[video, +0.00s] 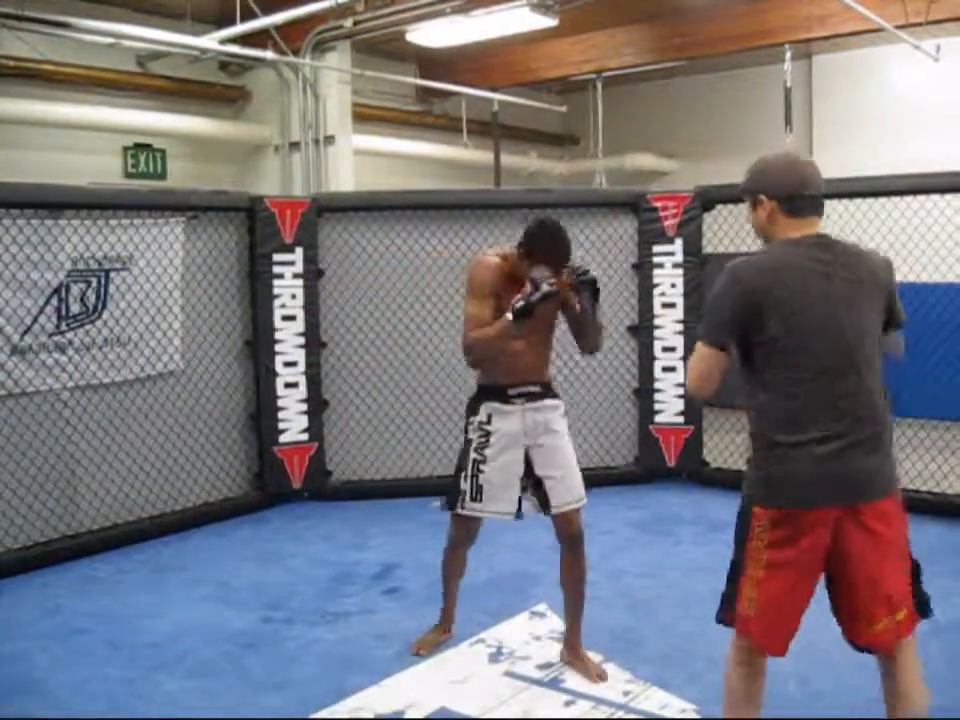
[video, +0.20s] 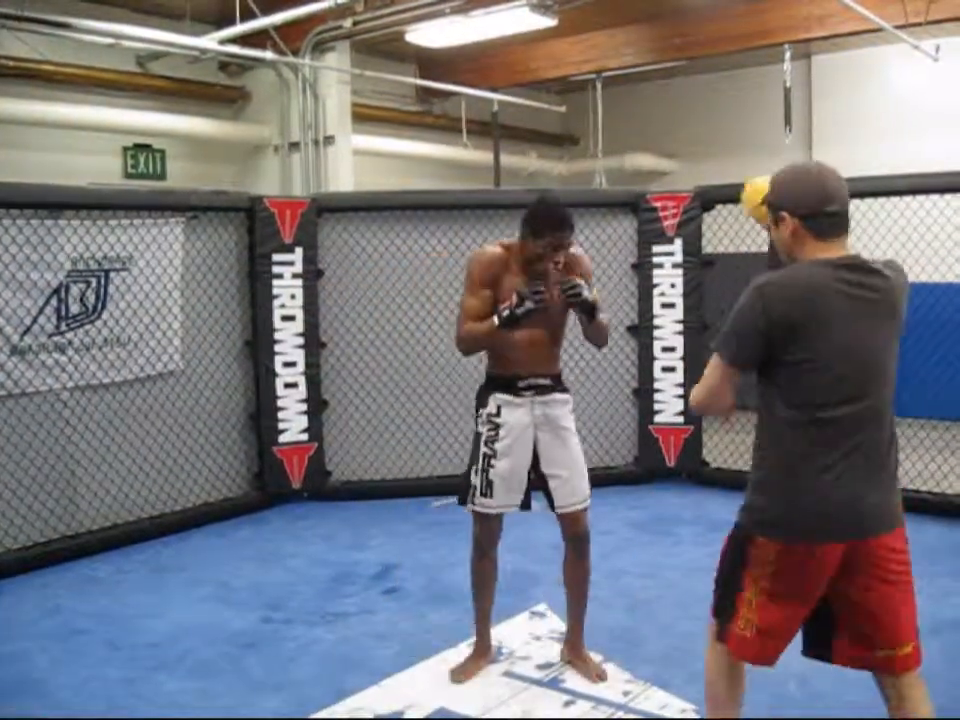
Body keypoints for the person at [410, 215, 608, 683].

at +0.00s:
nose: (548, 279)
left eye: (554, 272)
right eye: (542, 270)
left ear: (560, 266)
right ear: (523, 256)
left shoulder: (559, 276)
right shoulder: (487, 270)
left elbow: (590, 344)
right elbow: (473, 349)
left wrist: (585, 307)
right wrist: (518, 312)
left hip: (545, 408)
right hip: (493, 411)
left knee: (572, 531)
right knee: (462, 530)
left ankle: (573, 644)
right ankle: (446, 622)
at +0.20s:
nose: (554, 258)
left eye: (561, 249)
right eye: (546, 250)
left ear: (568, 242)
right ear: (525, 238)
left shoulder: (573, 263)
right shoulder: (488, 262)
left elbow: (599, 338)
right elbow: (465, 339)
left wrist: (585, 306)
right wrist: (506, 317)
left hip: (555, 404)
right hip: (503, 405)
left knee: (578, 529)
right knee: (486, 530)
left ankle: (575, 644)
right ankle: (482, 644)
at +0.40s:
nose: (559, 261)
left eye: (564, 252)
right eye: (550, 253)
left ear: (569, 248)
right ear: (524, 249)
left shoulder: (576, 275)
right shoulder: (495, 281)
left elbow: (634, 337)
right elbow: (477, 366)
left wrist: (606, 310)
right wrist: (516, 322)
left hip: (571, 418)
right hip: (514, 423)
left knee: (620, 535)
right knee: (485, 538)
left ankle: (626, 653)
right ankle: (480, 647)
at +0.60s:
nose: (591, 266)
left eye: (598, 255)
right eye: (581, 256)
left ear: (609, 247)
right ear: (561, 248)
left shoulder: (627, 259)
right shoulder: (534, 273)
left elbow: (678, 279)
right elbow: (510, 361)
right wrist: (530, 317)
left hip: (611, 414)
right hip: (552, 414)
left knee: (638, 549)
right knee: (513, 534)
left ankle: (657, 675)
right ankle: (493, 648)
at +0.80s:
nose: (590, 270)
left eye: (600, 259)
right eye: (581, 260)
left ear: (617, 246)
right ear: (565, 246)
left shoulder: (635, 271)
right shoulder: (547, 266)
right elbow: (528, 338)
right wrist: (552, 327)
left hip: (634, 411)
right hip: (572, 411)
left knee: (643, 544)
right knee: (551, 532)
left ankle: (658, 663)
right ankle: (565, 637)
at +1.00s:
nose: (604, 272)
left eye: (615, 262)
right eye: (596, 261)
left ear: (629, 252)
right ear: (576, 245)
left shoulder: (640, 277)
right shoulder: (548, 270)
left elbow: (662, 338)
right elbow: (507, 349)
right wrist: (547, 333)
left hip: (629, 414)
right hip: (569, 413)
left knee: (642, 529)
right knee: (576, 531)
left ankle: (656, 635)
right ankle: (581, 639)